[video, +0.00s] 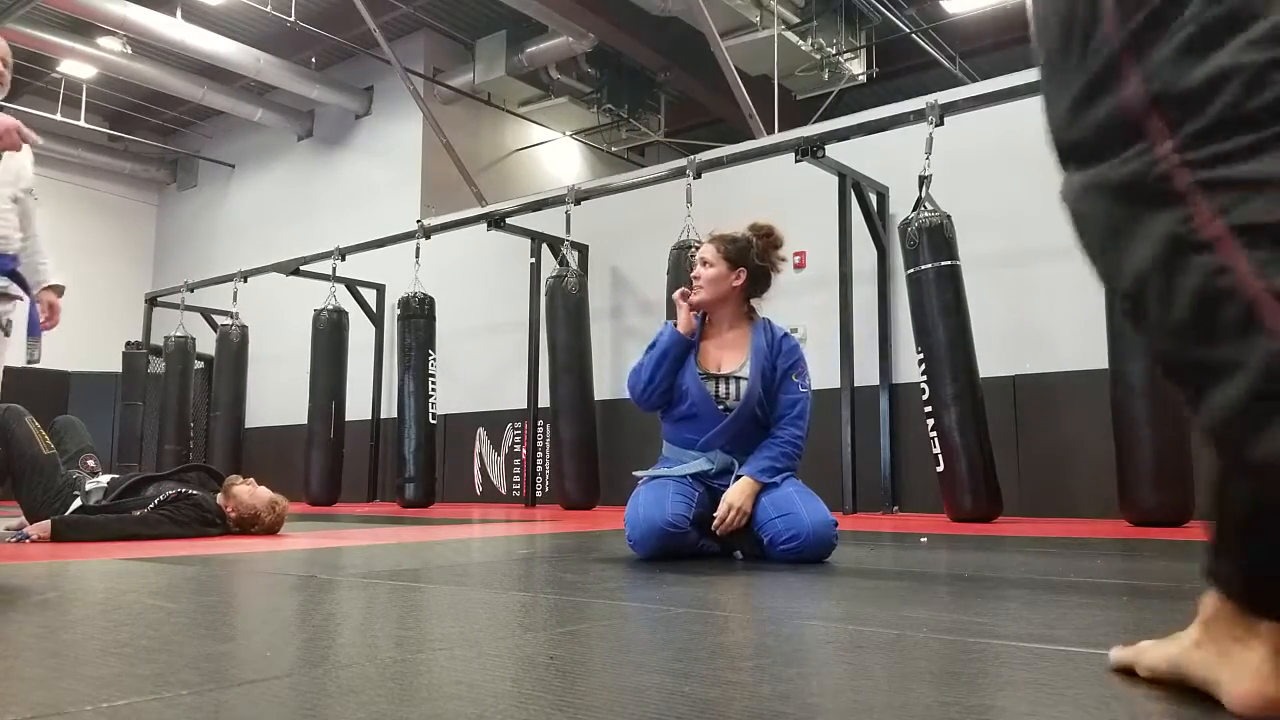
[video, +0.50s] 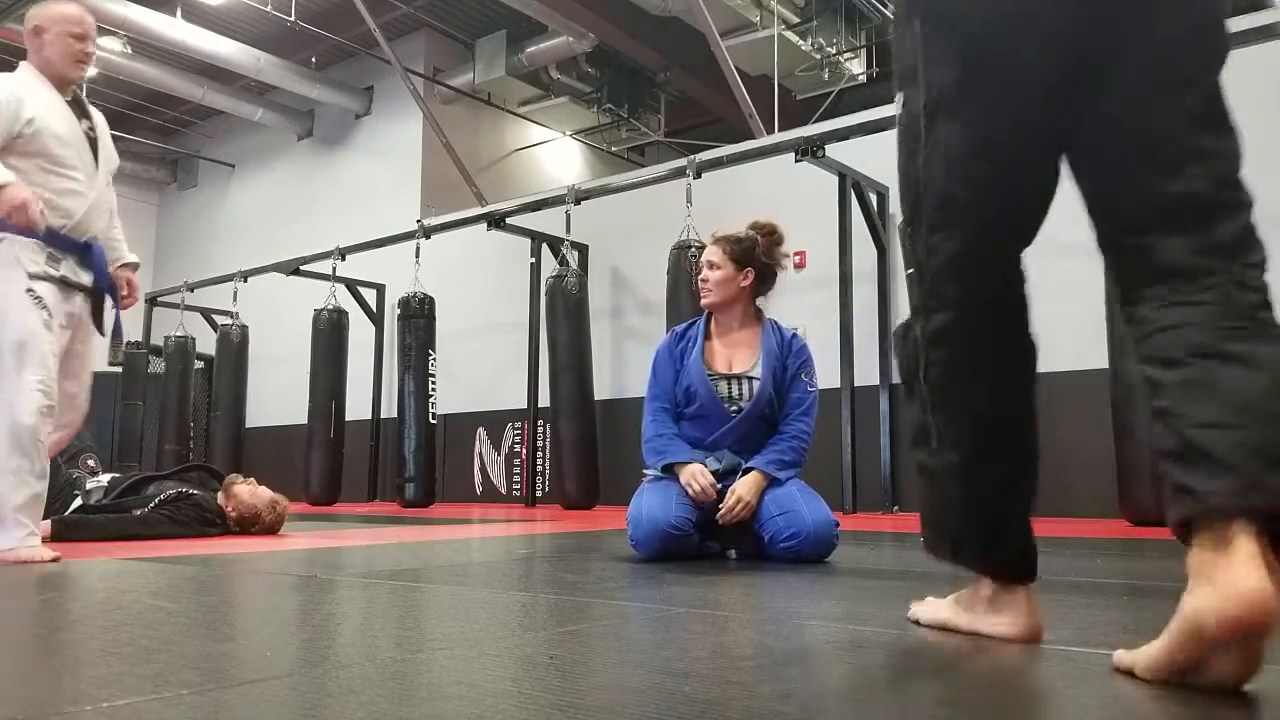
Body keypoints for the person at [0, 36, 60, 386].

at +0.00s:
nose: (1, 71)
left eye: (4, 64)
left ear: (10, 74)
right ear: (2, 70)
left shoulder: (17, 144)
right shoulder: (13, 144)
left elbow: (26, 226)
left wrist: (43, 284)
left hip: (6, 292)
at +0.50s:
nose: (88, 47)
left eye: (92, 39)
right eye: (75, 36)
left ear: (95, 48)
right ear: (33, 37)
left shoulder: (95, 120)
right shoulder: (13, 91)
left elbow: (104, 199)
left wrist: (122, 260)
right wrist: (4, 182)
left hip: (83, 279)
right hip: (25, 266)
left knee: (69, 409)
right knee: (26, 403)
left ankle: (15, 511)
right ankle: (13, 536)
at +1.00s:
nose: (221, 72)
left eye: (224, 65)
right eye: (213, 60)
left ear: (216, 69)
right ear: (176, 53)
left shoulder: (197, 125)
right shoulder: (139, 102)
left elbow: (191, 208)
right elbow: (111, 177)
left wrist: (209, 277)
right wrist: (132, 256)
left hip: (195, 282)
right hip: (150, 270)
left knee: (201, 408)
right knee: (95, 402)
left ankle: (225, 528)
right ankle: (21, 530)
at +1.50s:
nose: (347, 133)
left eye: (351, 126)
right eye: (347, 122)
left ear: (322, 104)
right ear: (326, 103)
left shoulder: (305, 148)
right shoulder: (280, 132)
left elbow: (302, 226)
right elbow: (265, 201)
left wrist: (333, 277)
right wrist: (298, 267)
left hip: (268, 297)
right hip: (290, 296)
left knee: (252, 421)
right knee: (347, 409)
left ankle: (230, 526)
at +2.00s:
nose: (444, 159)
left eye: (444, 154)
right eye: (446, 153)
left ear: (407, 134)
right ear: (439, 146)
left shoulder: (356, 165)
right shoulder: (440, 168)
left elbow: (309, 220)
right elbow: (462, 231)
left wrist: (290, 273)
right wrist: (498, 289)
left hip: (350, 303)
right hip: (404, 304)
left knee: (355, 410)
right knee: (416, 415)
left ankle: (351, 493)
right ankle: (395, 525)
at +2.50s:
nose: (447, 178)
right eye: (448, 172)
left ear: (409, 175)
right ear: (448, 173)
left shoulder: (386, 206)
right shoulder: (472, 205)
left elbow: (360, 264)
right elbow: (493, 265)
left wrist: (357, 319)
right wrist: (498, 320)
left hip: (396, 322)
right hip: (448, 323)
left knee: (407, 421)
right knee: (467, 416)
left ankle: (421, 524)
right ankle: (442, 478)